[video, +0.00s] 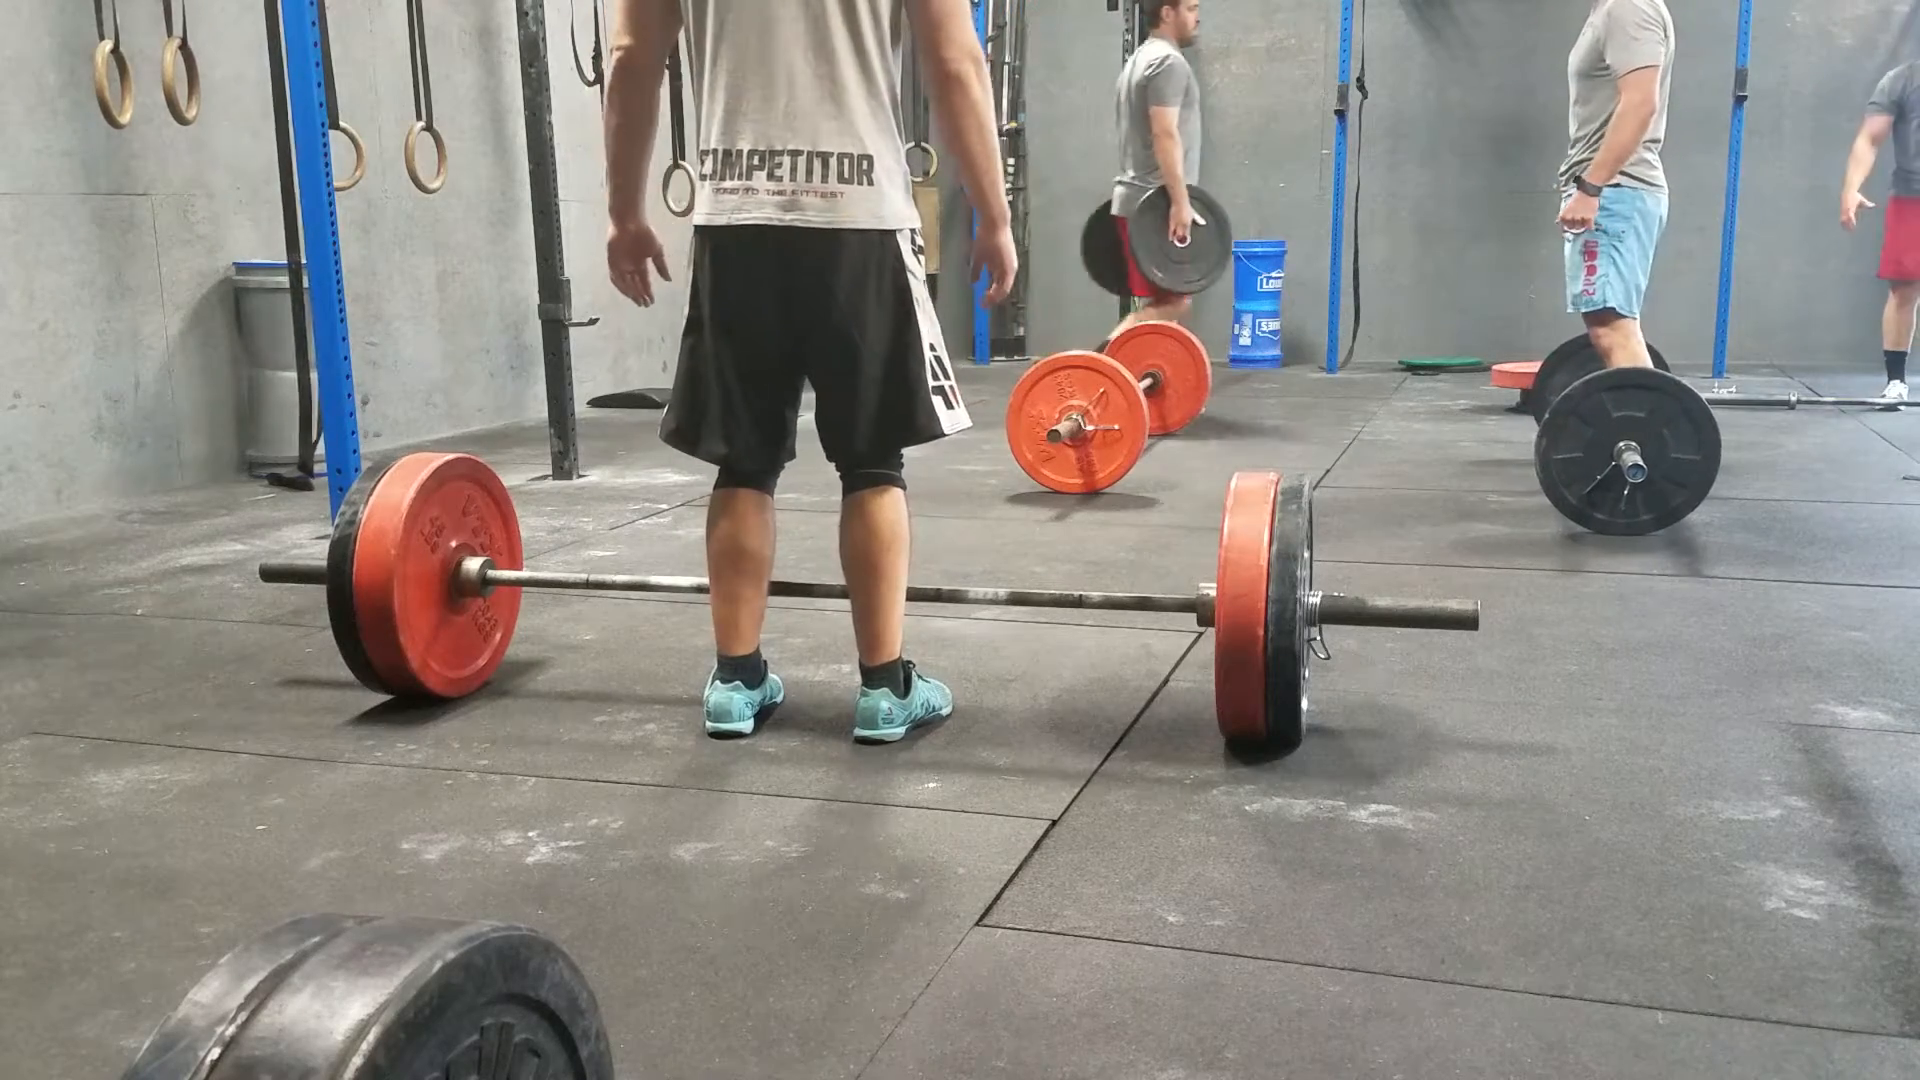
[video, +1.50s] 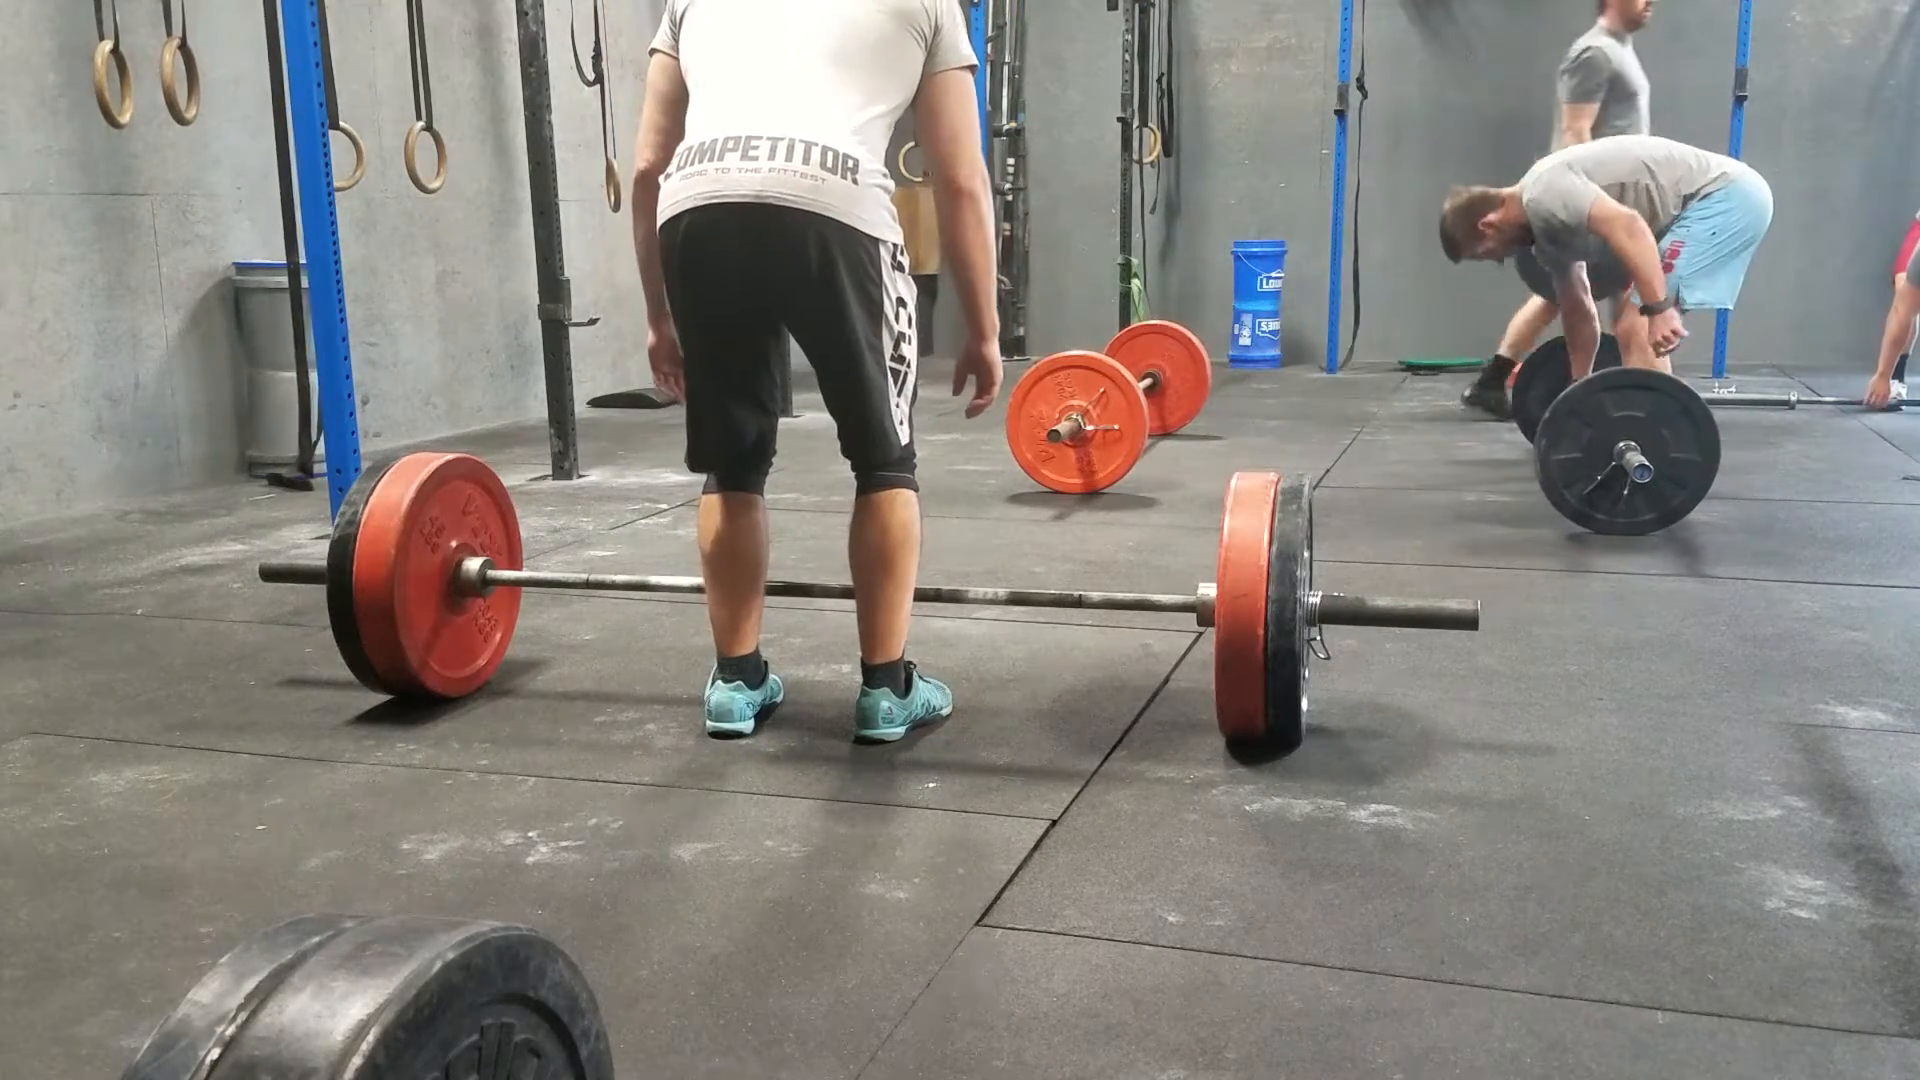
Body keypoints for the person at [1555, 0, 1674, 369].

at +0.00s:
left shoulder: (1629, 9)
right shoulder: (1614, 10)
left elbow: (1639, 103)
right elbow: (1630, 106)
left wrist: (1590, 187)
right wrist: (1585, 187)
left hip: (1619, 191)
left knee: (1612, 331)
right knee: (1615, 329)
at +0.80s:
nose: (1520, 25)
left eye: (1517, 12)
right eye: (1514, 17)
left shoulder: (1612, 21)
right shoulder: (1585, 36)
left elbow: (1656, 107)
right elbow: (1607, 133)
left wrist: (1622, 198)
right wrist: (1588, 207)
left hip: (1674, 183)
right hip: (1650, 185)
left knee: (1639, 329)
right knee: (1638, 329)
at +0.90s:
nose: (1508, 72)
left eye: (1503, 60)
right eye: (1500, 64)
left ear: (1523, 33)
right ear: (1526, 34)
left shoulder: (1593, 47)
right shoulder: (1578, 66)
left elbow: (1650, 121)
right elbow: (1601, 164)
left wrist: (1629, 216)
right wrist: (1587, 238)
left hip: (1694, 186)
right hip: (1676, 188)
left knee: (1642, 327)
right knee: (1643, 329)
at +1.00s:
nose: (1501, 119)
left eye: (1495, 109)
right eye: (1493, 114)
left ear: (1512, 76)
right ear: (1511, 76)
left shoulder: (1580, 77)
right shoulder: (1562, 115)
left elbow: (1645, 144)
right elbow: (1593, 195)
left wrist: (1640, 236)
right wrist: (1586, 274)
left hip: (1711, 188)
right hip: (1686, 192)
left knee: (1646, 328)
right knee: (1647, 331)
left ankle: (1659, 458)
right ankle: (1661, 457)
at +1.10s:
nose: (1497, 159)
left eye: (1490, 150)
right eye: (1488, 156)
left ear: (1501, 121)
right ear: (1500, 121)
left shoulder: (1569, 109)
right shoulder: (1555, 149)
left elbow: (1645, 164)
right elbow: (1586, 227)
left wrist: (1652, 252)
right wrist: (1580, 308)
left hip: (1721, 187)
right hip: (1699, 193)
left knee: (1650, 324)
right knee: (1646, 325)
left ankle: (1658, 455)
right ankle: (1658, 453)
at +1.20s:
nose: (1496, 197)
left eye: (1487, 189)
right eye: (1486, 195)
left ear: (1496, 161)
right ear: (1497, 158)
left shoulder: (1562, 138)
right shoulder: (1554, 178)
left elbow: (1644, 179)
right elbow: (1582, 258)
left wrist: (1663, 265)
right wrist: (1573, 339)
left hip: (1724, 191)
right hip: (1705, 198)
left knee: (1648, 324)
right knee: (1651, 328)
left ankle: (1658, 455)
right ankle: (1657, 455)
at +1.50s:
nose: (1499, 261)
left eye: (1488, 255)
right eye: (1489, 259)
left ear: (1488, 226)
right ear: (1491, 222)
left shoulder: (1547, 192)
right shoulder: (1548, 230)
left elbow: (1629, 227)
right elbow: (1577, 307)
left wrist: (1658, 309)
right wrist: (1580, 390)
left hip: (1726, 193)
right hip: (1705, 202)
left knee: (1634, 328)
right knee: (1631, 327)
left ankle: (1660, 452)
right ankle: (1653, 450)